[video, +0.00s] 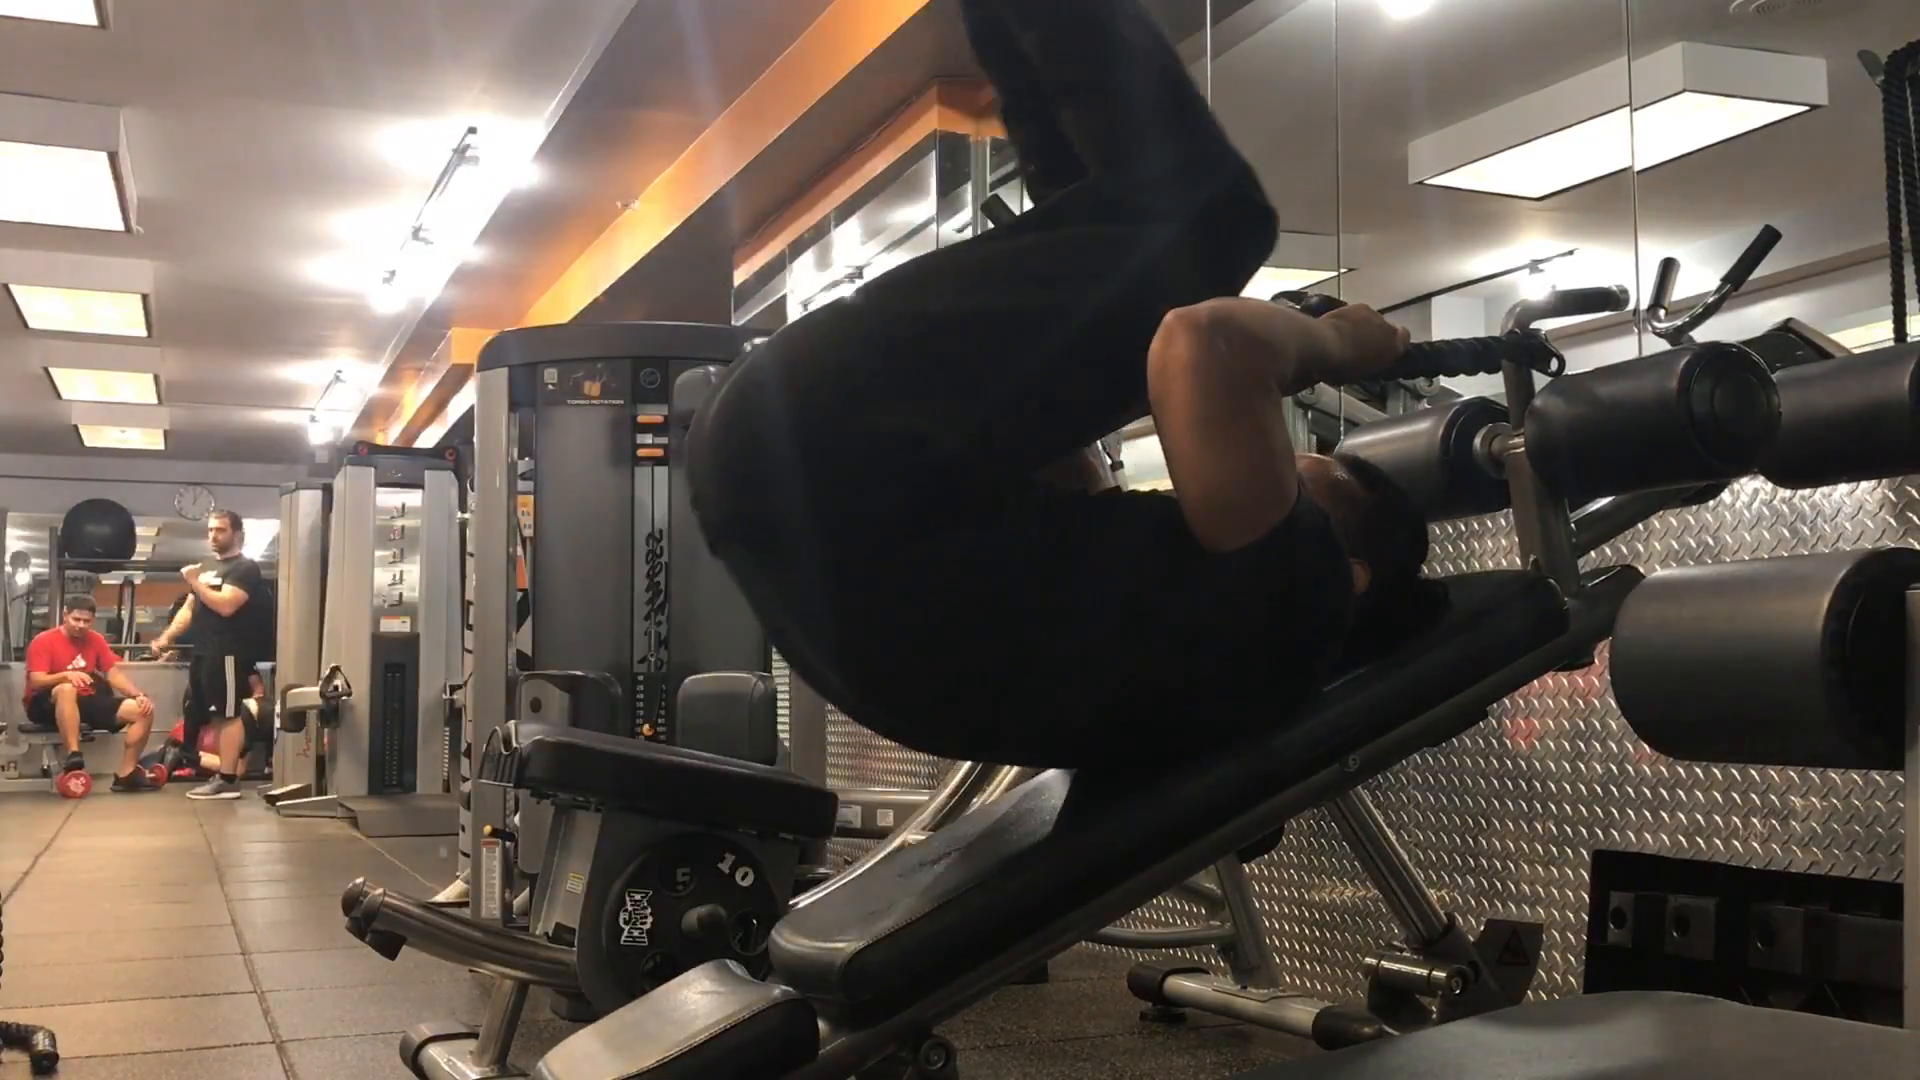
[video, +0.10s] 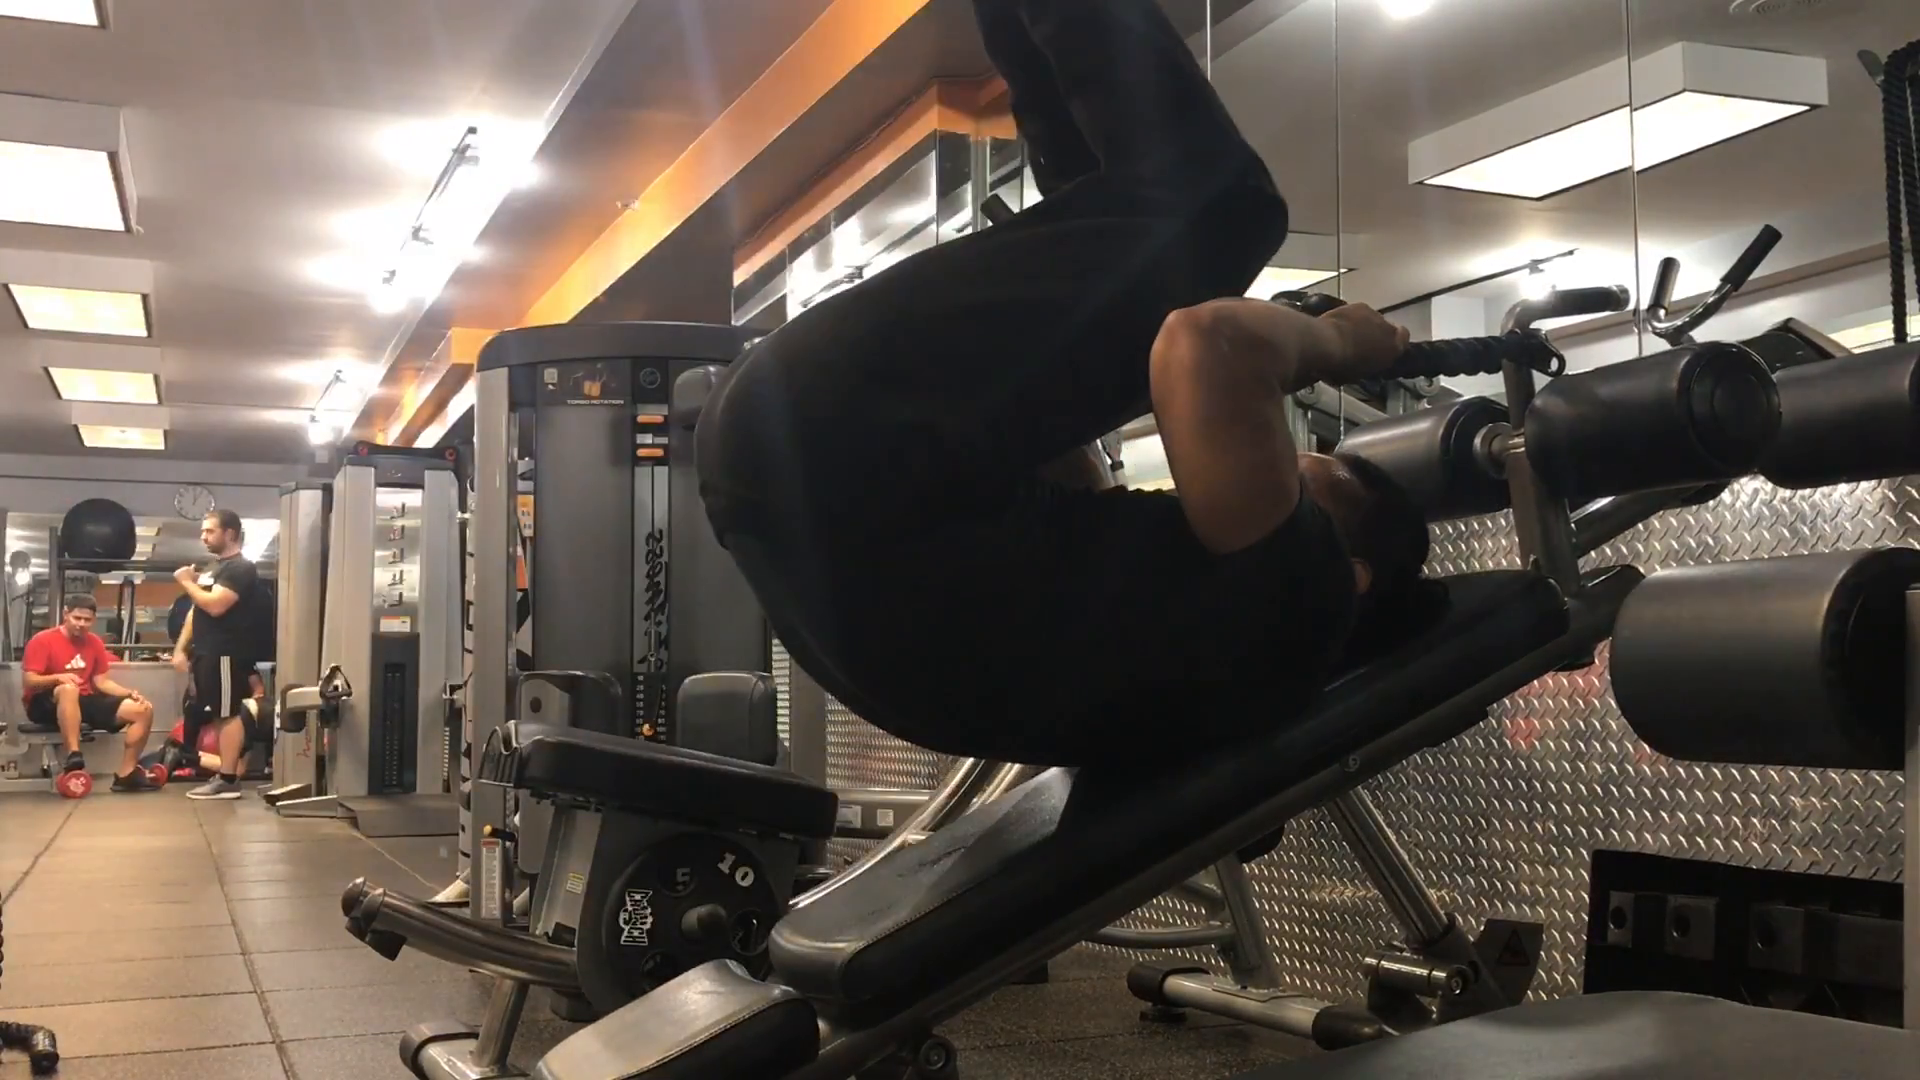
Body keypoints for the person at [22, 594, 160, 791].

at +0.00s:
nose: (81, 626)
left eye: (86, 621)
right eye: (76, 620)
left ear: (93, 620)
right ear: (65, 616)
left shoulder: (96, 641)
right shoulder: (43, 641)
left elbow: (112, 673)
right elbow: (36, 681)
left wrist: (137, 694)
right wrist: (67, 675)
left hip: (85, 703)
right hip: (44, 705)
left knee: (142, 711)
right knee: (66, 688)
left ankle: (126, 774)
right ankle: (74, 754)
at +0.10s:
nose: (82, 624)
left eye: (87, 620)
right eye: (77, 618)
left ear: (93, 620)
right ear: (66, 615)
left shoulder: (94, 643)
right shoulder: (42, 640)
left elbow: (101, 681)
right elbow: (30, 680)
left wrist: (129, 693)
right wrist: (58, 678)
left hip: (84, 702)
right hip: (44, 705)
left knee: (142, 711)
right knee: (69, 688)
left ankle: (126, 774)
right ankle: (74, 755)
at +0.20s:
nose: (82, 623)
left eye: (87, 619)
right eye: (77, 617)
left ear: (94, 620)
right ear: (66, 613)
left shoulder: (93, 644)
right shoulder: (41, 640)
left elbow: (96, 682)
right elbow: (20, 679)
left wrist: (123, 692)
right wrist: (49, 681)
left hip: (83, 702)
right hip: (43, 705)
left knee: (142, 712)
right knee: (71, 687)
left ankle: (127, 774)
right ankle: (74, 755)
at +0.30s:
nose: (81, 621)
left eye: (87, 617)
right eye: (77, 615)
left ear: (92, 619)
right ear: (65, 612)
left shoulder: (92, 643)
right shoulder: (40, 638)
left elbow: (95, 682)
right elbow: (16, 676)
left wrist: (120, 690)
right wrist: (46, 679)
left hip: (83, 702)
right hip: (43, 704)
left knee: (142, 712)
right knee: (71, 685)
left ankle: (127, 774)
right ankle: (72, 752)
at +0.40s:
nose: (81, 621)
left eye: (86, 617)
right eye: (76, 615)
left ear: (91, 618)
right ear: (64, 612)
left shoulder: (91, 643)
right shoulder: (40, 638)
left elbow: (95, 682)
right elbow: (16, 676)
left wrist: (122, 690)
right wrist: (46, 680)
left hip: (81, 702)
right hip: (42, 703)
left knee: (141, 711)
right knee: (70, 685)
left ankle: (127, 775)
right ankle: (72, 747)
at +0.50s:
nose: (80, 622)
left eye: (86, 618)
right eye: (76, 616)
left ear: (91, 619)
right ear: (63, 613)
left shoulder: (91, 644)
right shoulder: (39, 639)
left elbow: (95, 683)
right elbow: (17, 677)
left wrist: (121, 691)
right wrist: (47, 682)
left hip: (81, 702)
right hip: (42, 704)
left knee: (141, 711)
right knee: (70, 688)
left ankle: (127, 775)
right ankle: (73, 752)